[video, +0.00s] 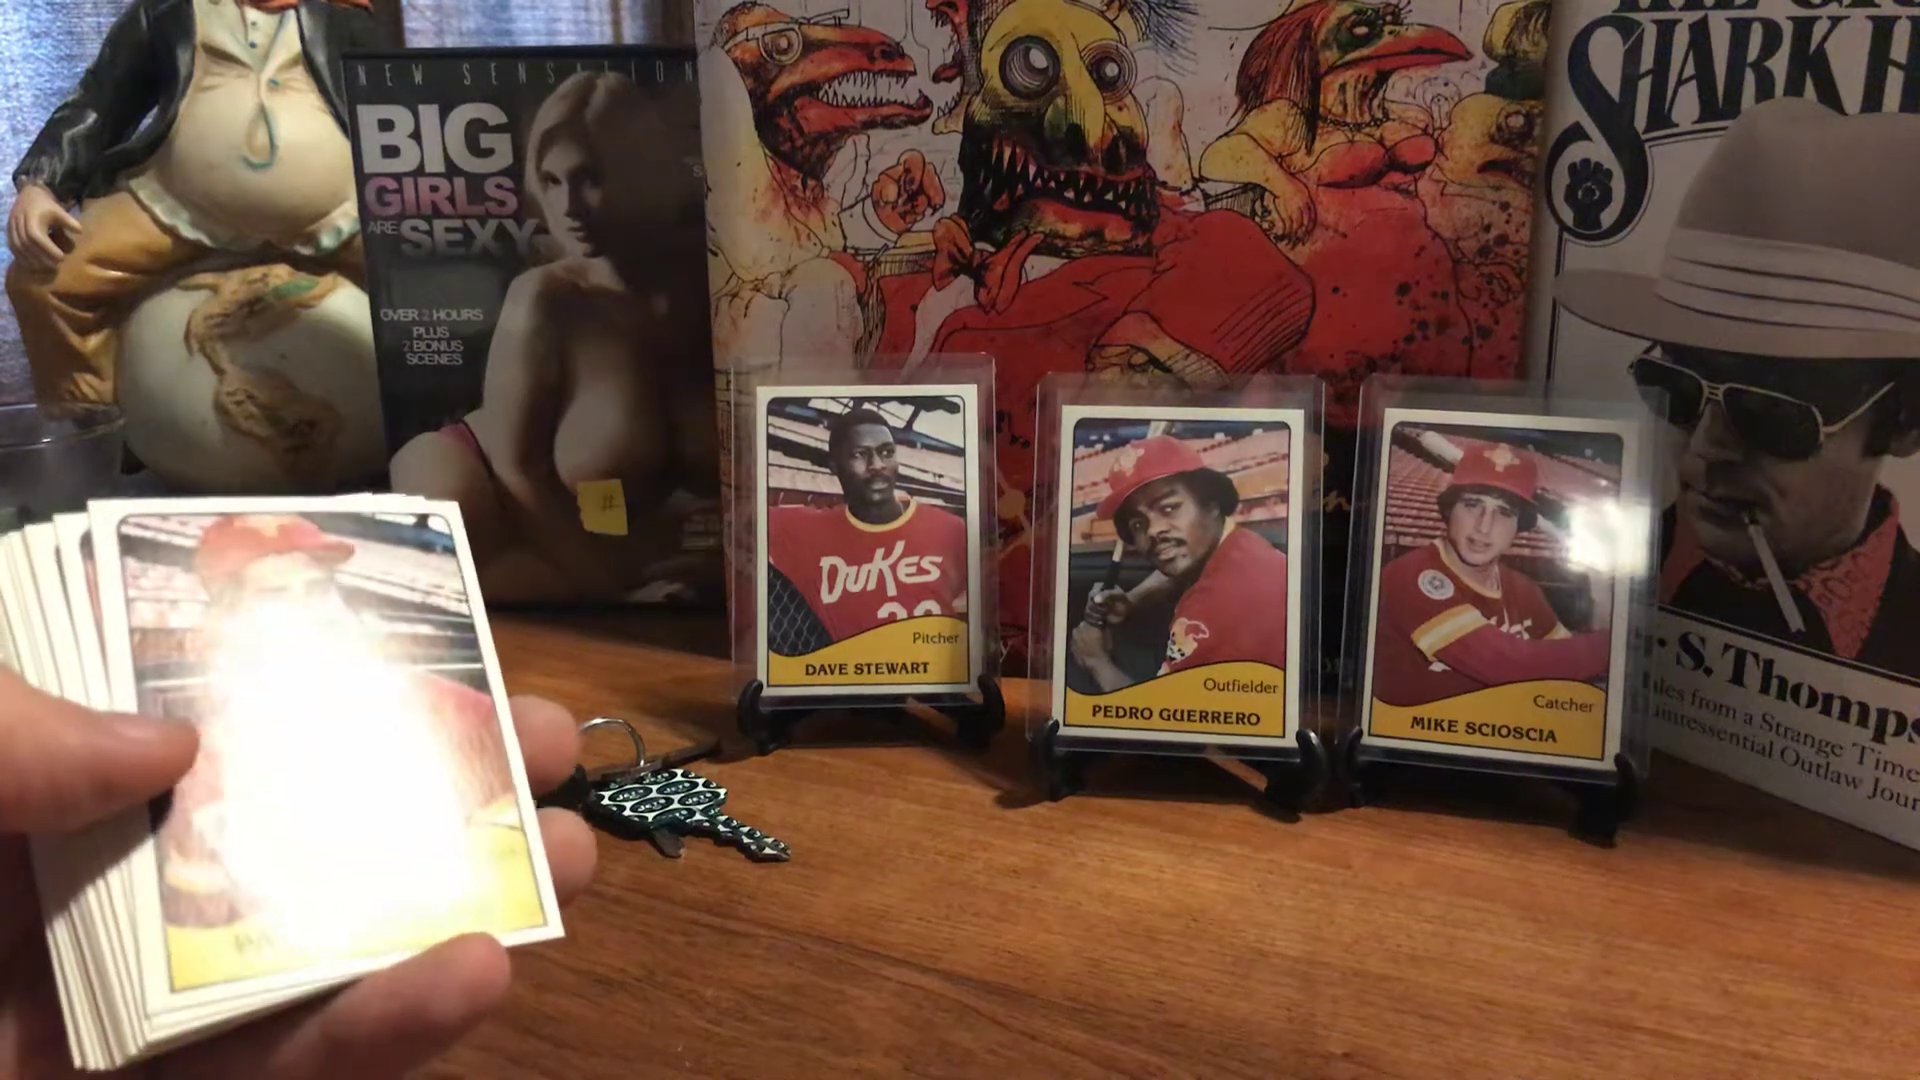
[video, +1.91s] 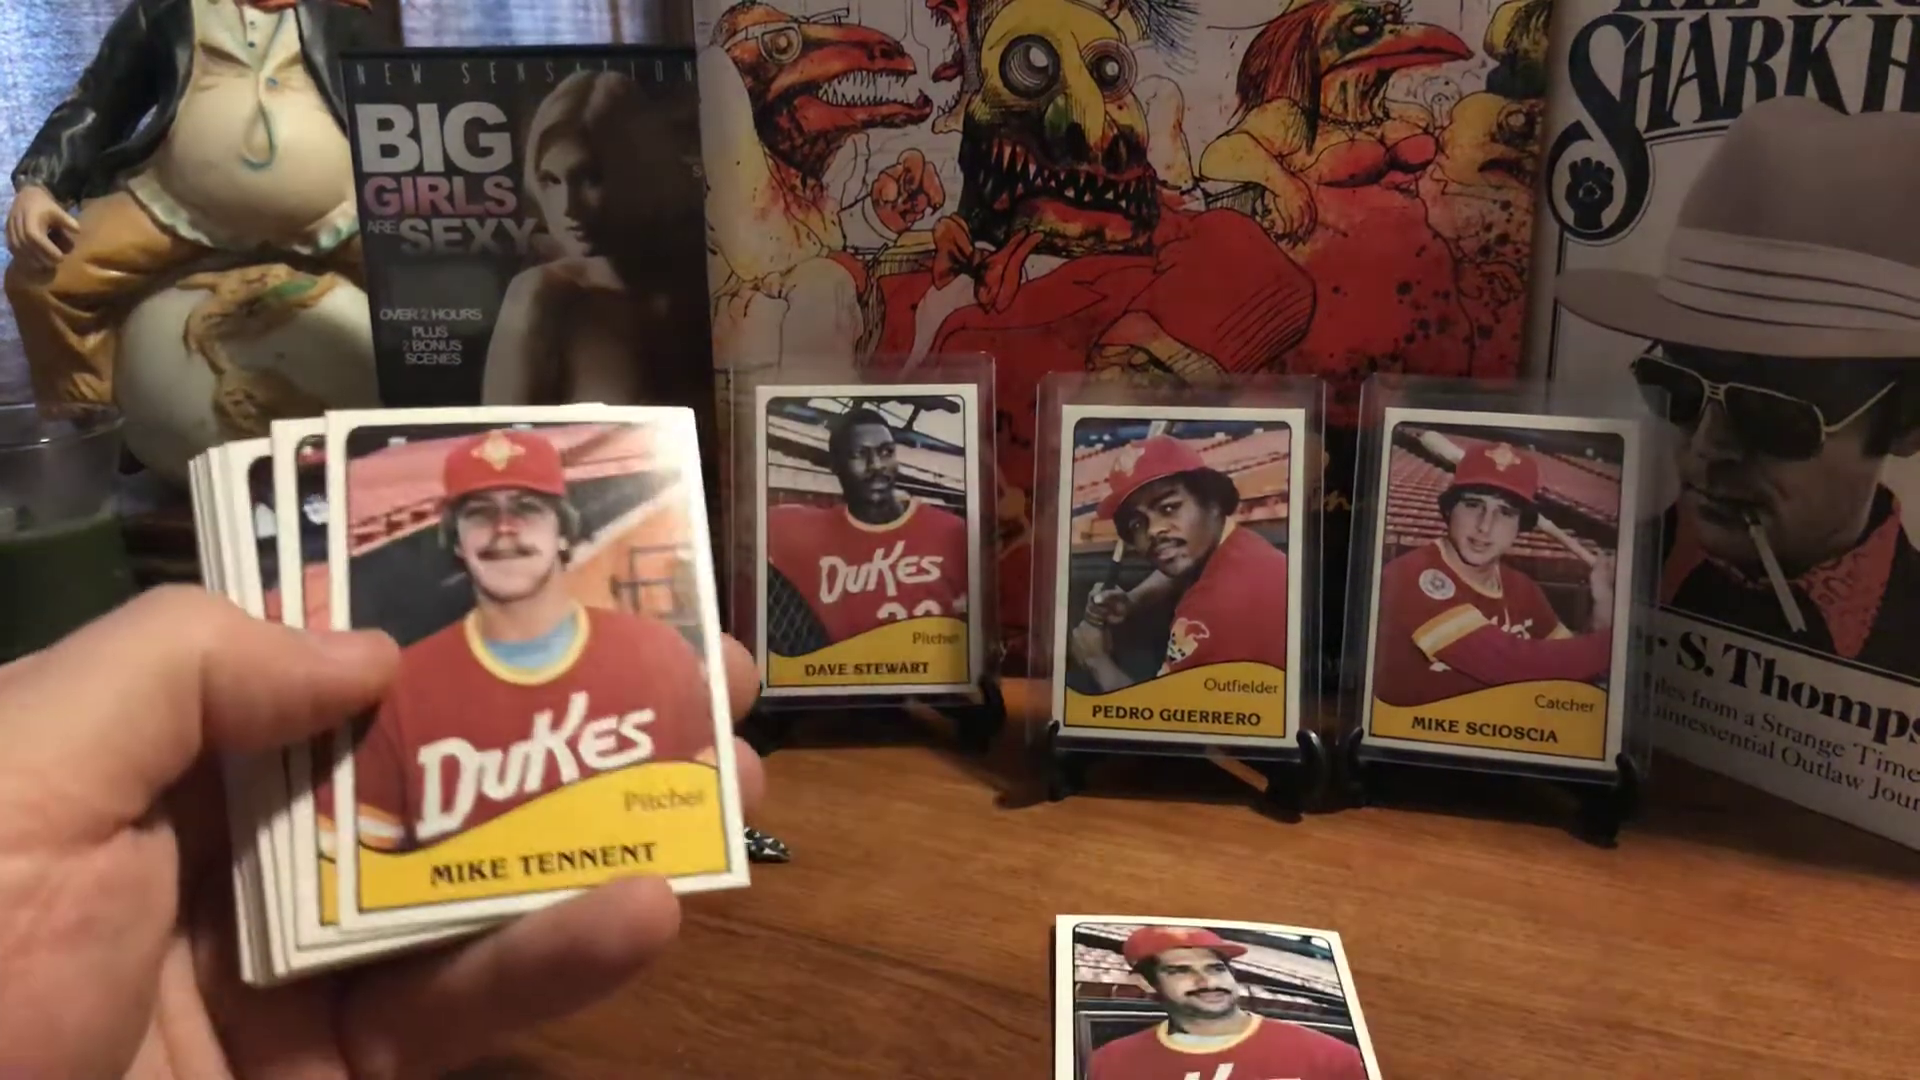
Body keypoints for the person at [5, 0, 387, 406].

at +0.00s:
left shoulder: (349, 20)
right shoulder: (165, 12)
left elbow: (402, 112)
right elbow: (97, 104)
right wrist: (36, 183)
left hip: (339, 211)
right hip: (178, 207)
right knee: (44, 282)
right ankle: (101, 446)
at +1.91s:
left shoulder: (349, 18)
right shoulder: (163, 12)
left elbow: (402, 102)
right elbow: (98, 101)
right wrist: (36, 182)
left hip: (338, 212)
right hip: (178, 205)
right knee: (42, 283)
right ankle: (104, 445)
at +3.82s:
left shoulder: (350, 16)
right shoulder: (161, 12)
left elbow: (397, 98)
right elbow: (96, 100)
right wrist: (32, 182)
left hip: (335, 209)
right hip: (176, 204)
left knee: (440, 286)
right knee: (40, 280)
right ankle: (94, 444)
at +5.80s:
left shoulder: (347, 16)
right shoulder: (160, 11)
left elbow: (398, 98)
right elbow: (95, 99)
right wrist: (31, 179)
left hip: (337, 209)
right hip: (175, 204)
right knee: (39, 278)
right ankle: (98, 447)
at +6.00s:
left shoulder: (348, 19)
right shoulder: (164, 11)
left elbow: (400, 107)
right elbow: (94, 103)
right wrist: (32, 181)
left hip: (338, 212)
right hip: (176, 207)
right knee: (41, 280)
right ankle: (98, 443)